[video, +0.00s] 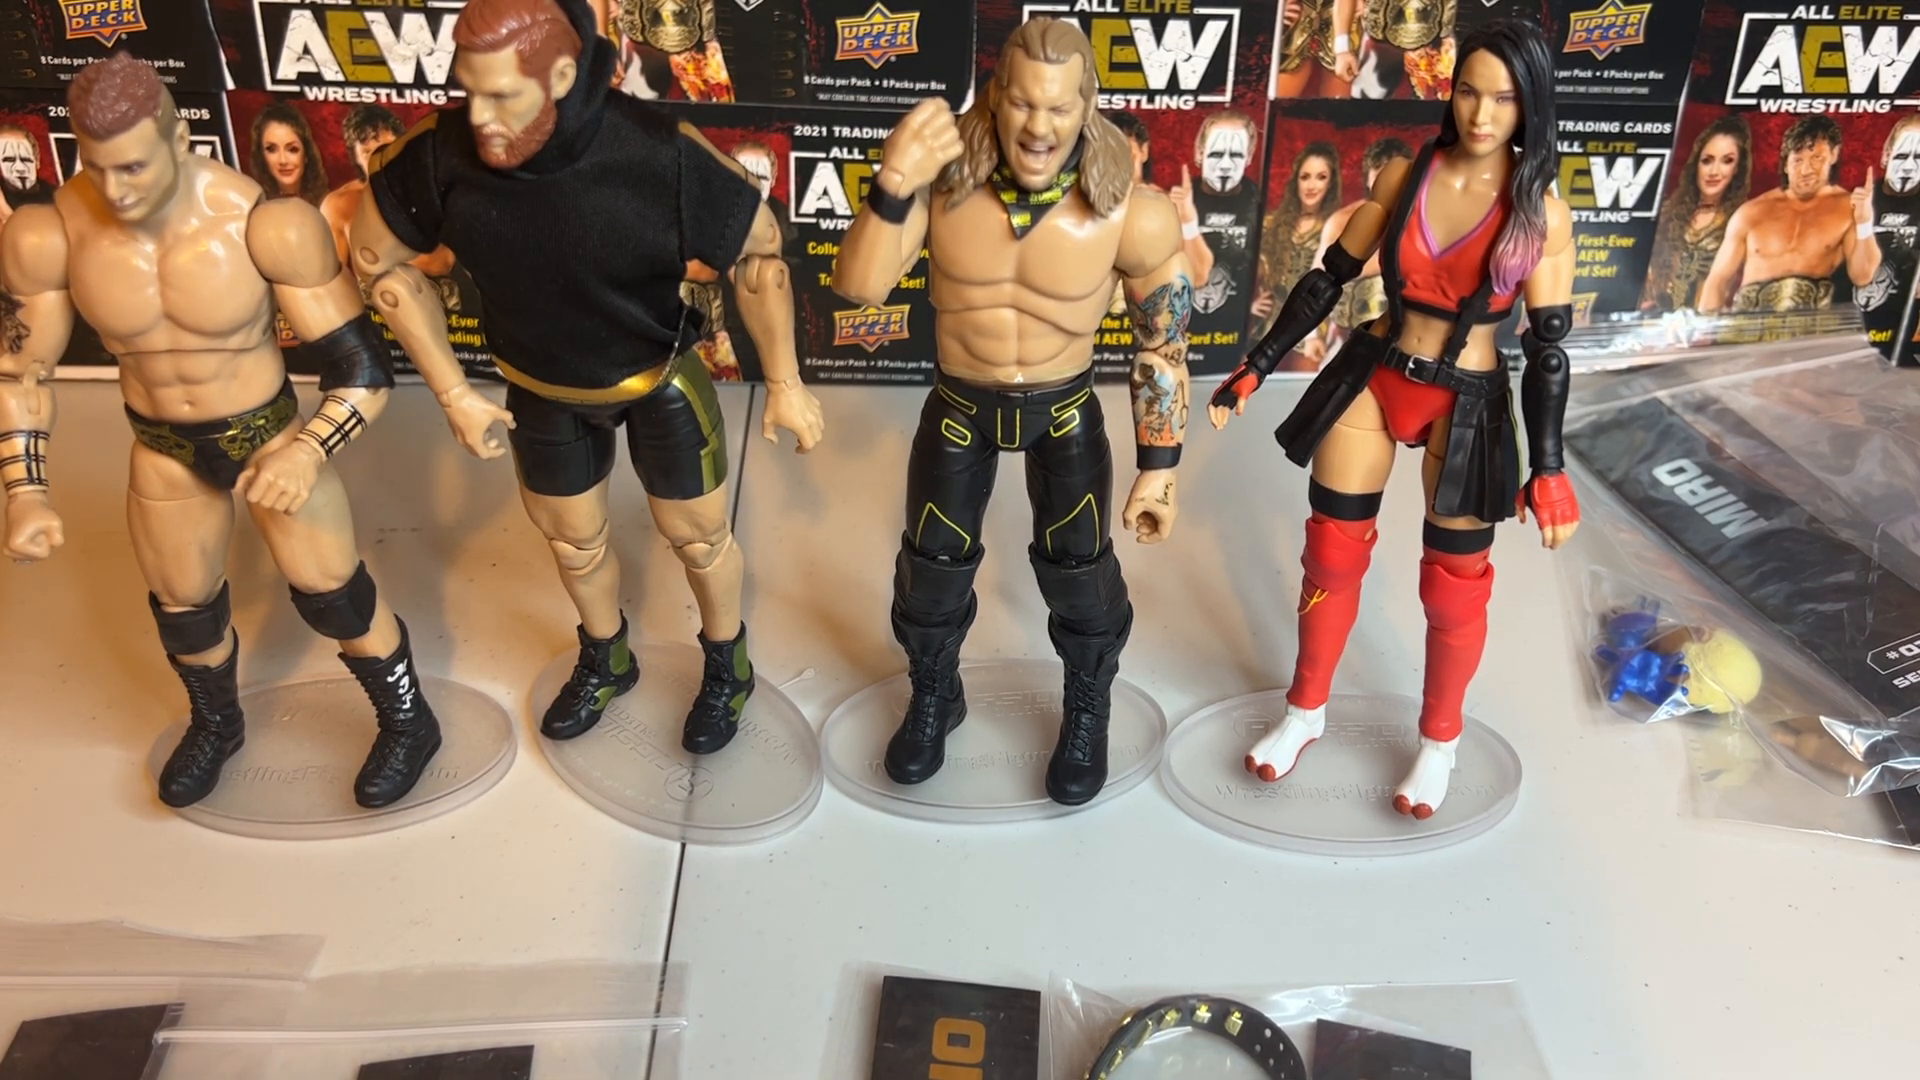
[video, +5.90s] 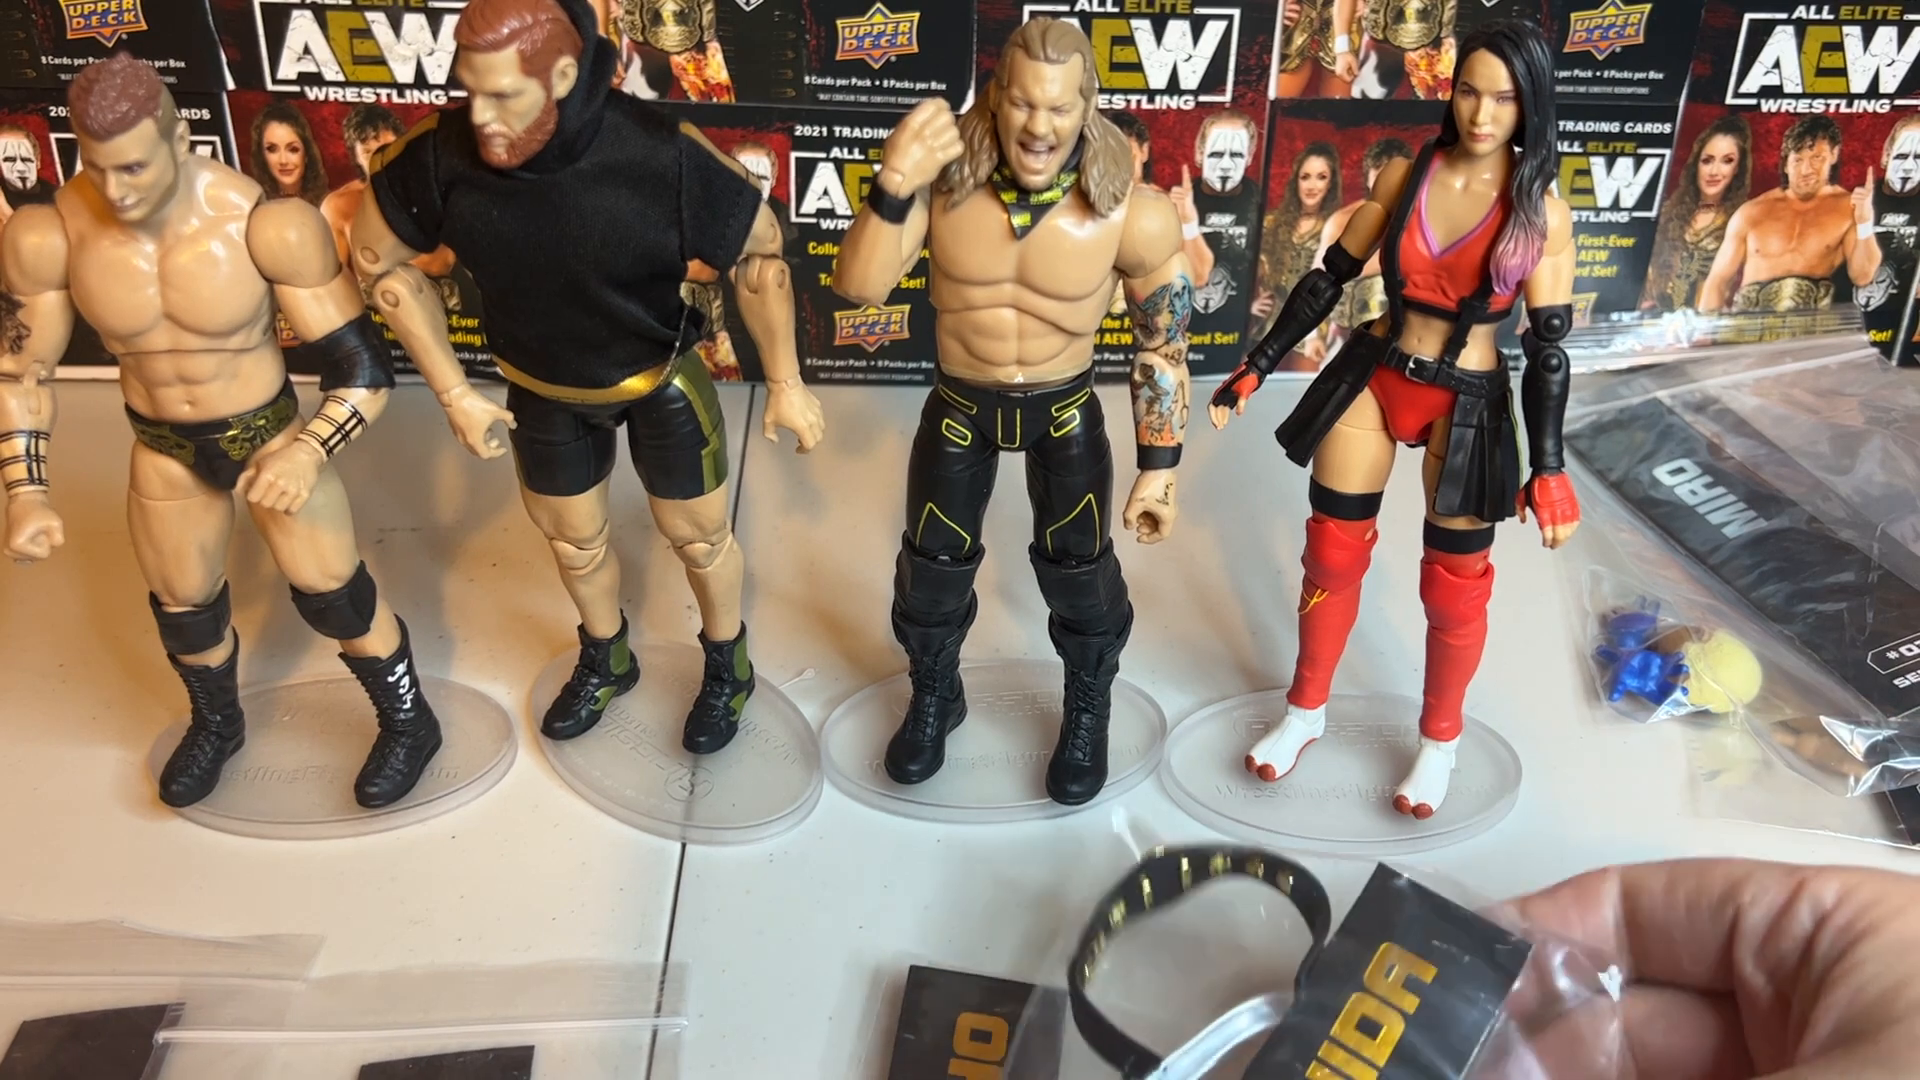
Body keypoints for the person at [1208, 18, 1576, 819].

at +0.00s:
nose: (1479, 113)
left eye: (1501, 99)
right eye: (1469, 93)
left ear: (1528, 108)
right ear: (1450, 93)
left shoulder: (1540, 208)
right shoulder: (1406, 174)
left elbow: (1549, 343)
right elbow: (1333, 273)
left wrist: (1549, 464)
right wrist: (1257, 363)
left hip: (1466, 405)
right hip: (1371, 383)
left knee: (1454, 591)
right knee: (1331, 560)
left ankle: (1438, 742)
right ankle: (1305, 710)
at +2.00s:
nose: (1480, 113)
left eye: (1501, 99)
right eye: (1469, 94)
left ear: (1528, 108)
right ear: (1451, 94)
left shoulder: (1540, 209)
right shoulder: (1406, 175)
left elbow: (1549, 345)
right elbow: (1333, 274)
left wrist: (1549, 466)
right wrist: (1256, 365)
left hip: (1467, 404)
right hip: (1372, 382)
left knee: (1454, 591)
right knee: (1331, 560)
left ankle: (1438, 742)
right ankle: (1304, 710)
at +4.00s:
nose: (1480, 113)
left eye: (1501, 99)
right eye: (1469, 93)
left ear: (1529, 108)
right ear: (1450, 93)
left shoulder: (1540, 209)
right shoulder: (1407, 174)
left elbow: (1549, 345)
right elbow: (1333, 273)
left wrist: (1549, 466)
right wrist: (1257, 363)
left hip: (1466, 404)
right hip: (1371, 382)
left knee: (1454, 591)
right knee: (1331, 560)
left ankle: (1438, 742)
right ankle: (1304, 710)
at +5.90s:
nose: (1480, 113)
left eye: (1501, 98)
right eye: (1469, 93)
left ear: (1529, 108)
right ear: (1451, 94)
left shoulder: (1540, 208)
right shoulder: (1406, 174)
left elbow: (1549, 344)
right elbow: (1333, 273)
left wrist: (1549, 466)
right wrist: (1256, 364)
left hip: (1467, 404)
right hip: (1372, 382)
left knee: (1454, 590)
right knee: (1331, 559)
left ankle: (1438, 742)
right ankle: (1304, 710)